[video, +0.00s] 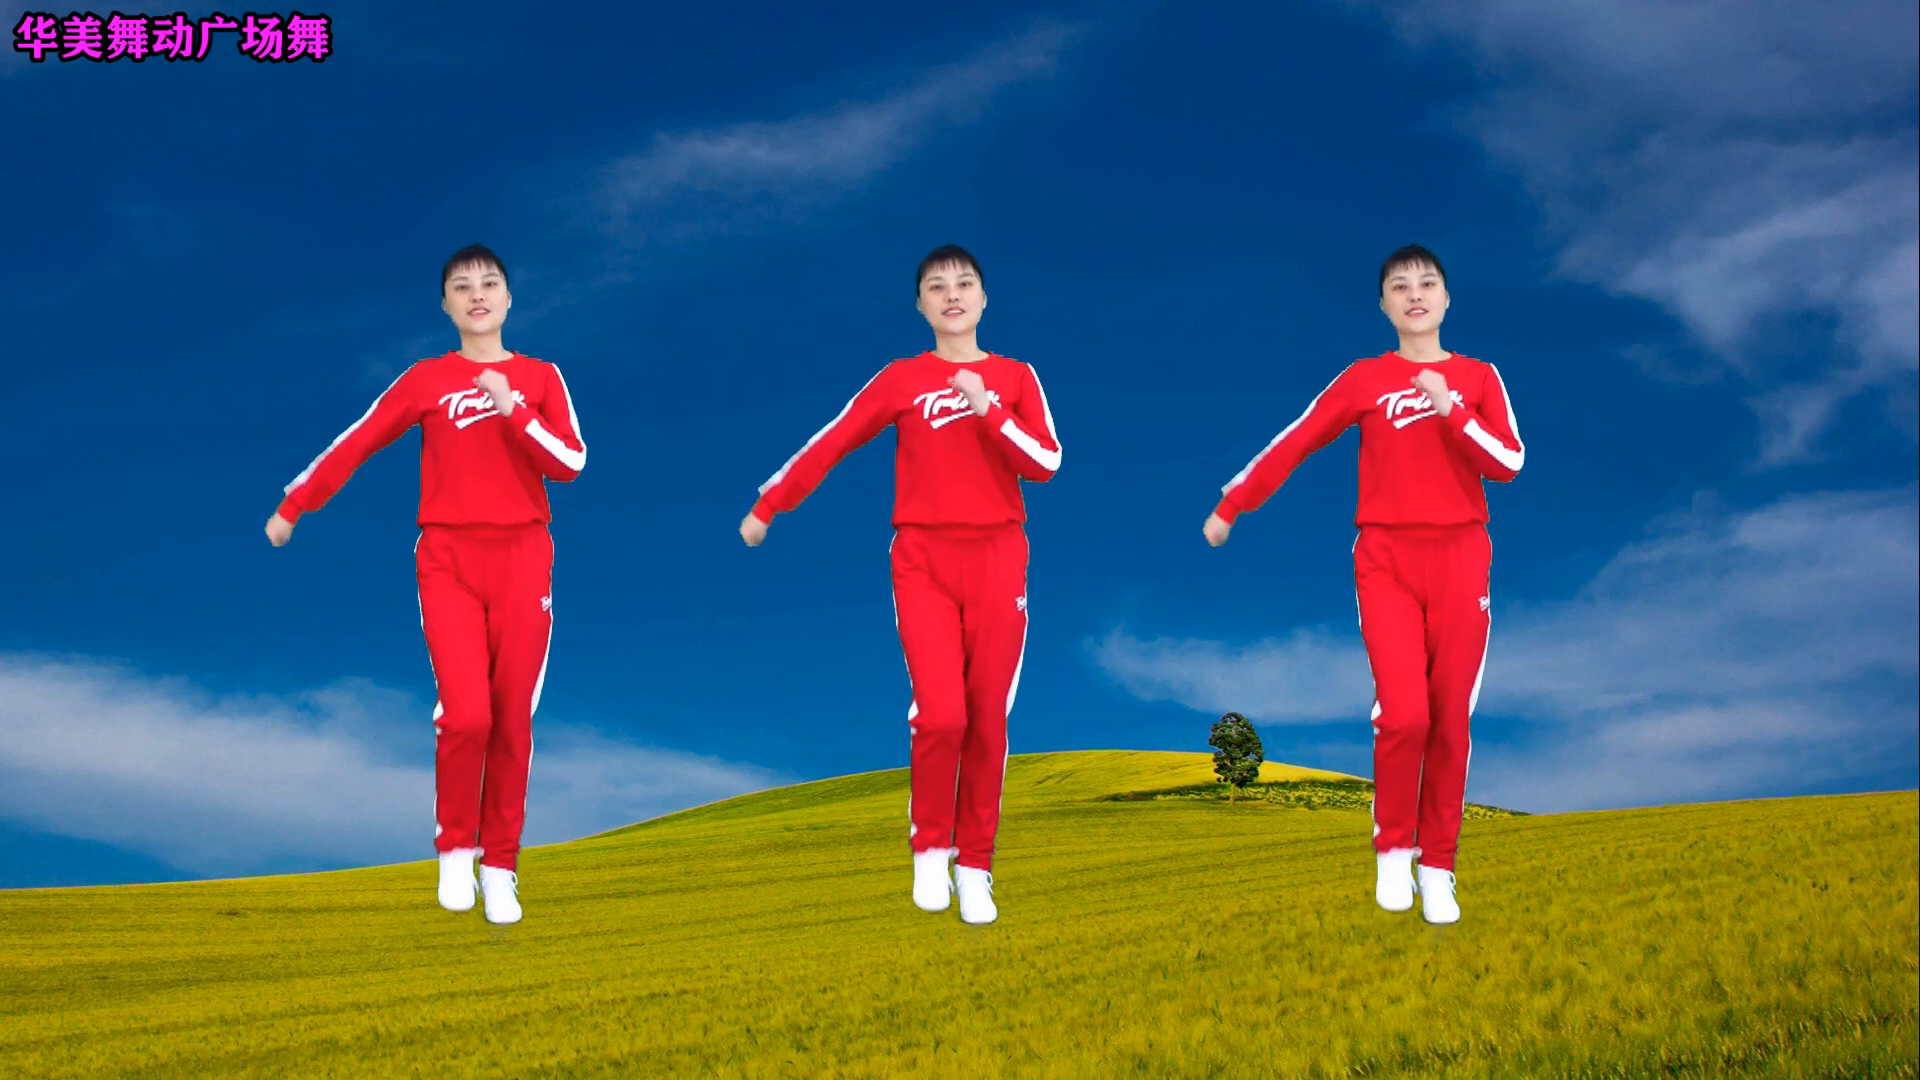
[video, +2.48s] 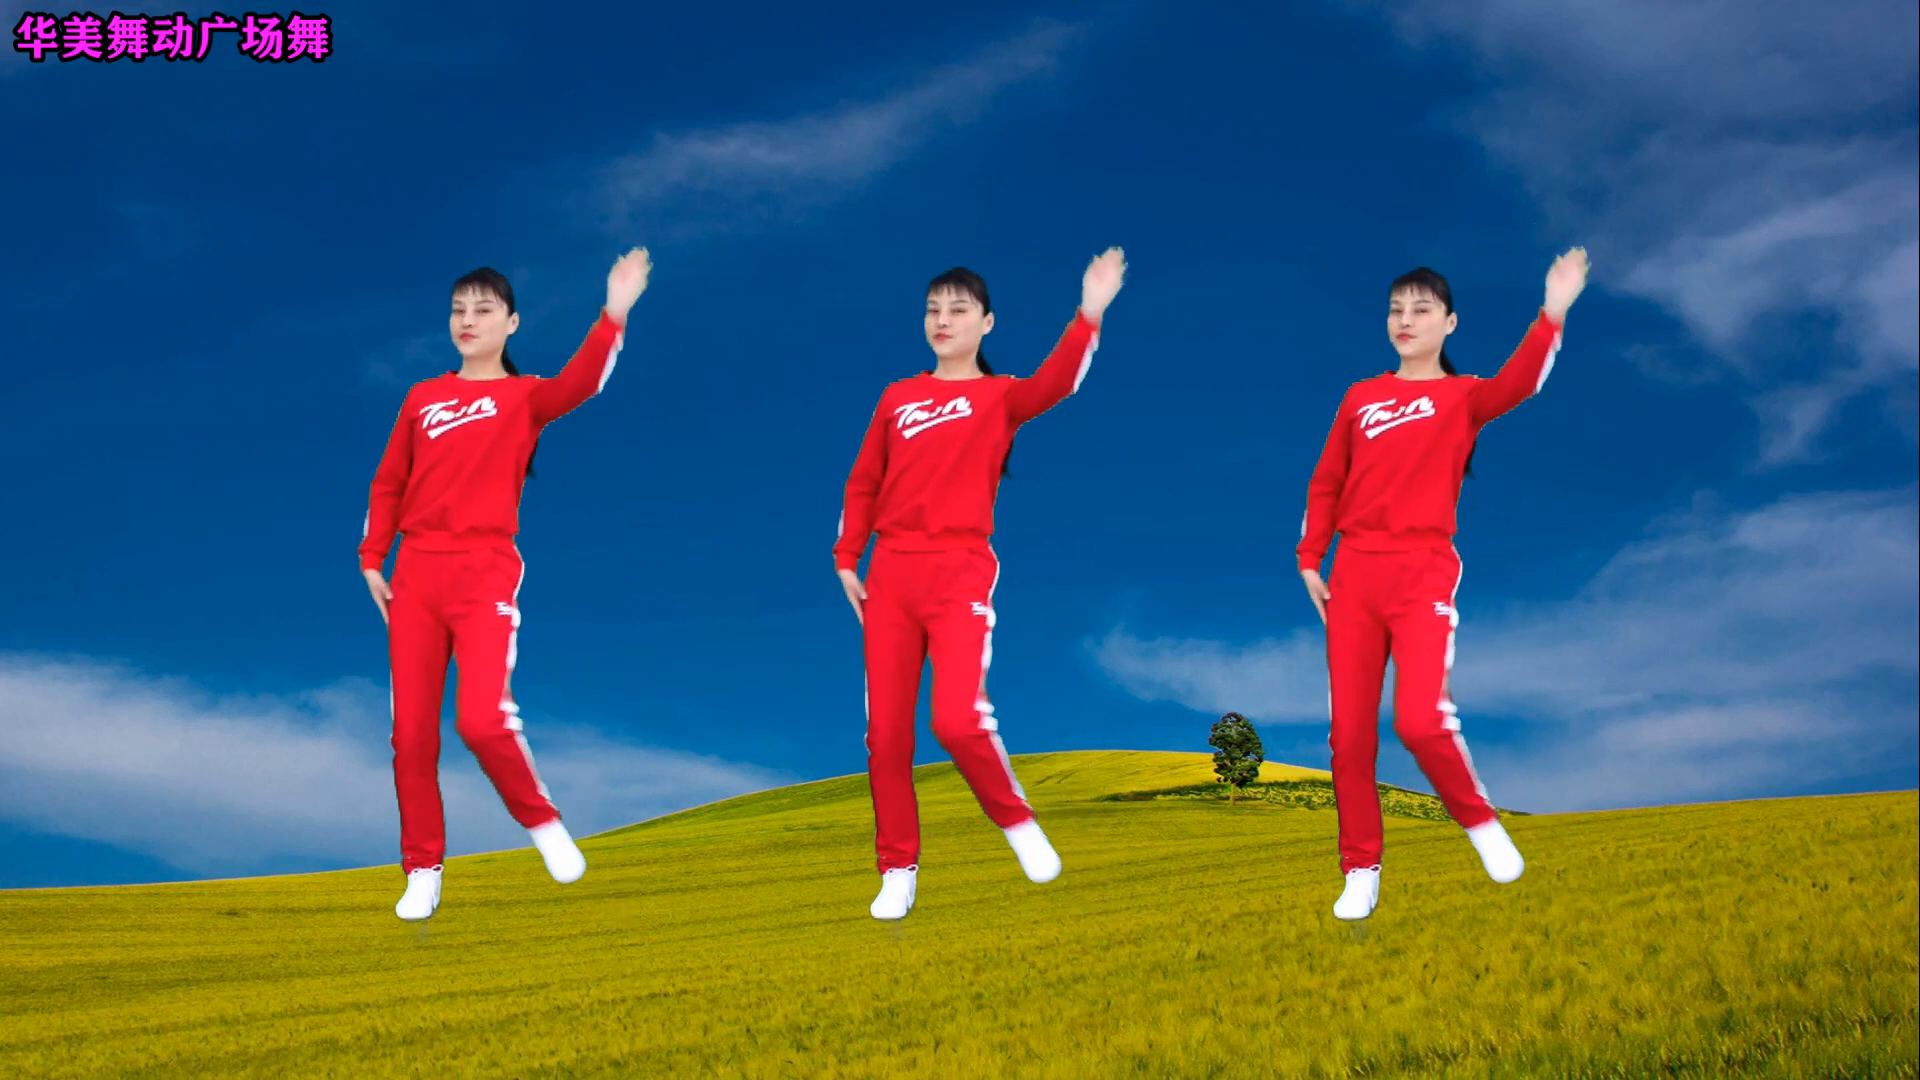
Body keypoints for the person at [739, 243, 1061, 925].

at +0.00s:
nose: (953, 295)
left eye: (964, 284)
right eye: (938, 287)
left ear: (983, 298)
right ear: (922, 305)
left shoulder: (1014, 376)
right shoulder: (899, 380)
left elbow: (1045, 462)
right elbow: (831, 442)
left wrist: (990, 412)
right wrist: (766, 504)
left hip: (999, 556)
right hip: (923, 557)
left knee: (989, 715)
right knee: (941, 713)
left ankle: (975, 862)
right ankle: (931, 848)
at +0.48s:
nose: (973, 319)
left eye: (975, 310)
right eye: (955, 311)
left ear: (980, 329)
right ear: (919, 331)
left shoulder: (1006, 411)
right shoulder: (904, 407)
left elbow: (1027, 507)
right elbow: (885, 497)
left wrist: (1041, 588)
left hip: (990, 587)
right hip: (918, 584)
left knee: (1011, 724)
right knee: (921, 742)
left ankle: (998, 829)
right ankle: (924, 871)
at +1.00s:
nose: (1021, 302)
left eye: (1027, 293)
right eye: (1004, 295)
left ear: (1039, 309)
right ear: (976, 316)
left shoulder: (1072, 378)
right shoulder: (967, 379)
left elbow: (1105, 473)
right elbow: (917, 315)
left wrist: (1115, 558)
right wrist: (920, 227)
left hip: (1084, 558)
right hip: (1011, 558)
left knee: (1088, 725)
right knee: (997, 723)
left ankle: (1086, 867)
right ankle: (947, 852)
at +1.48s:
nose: (1052, 303)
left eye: (1064, 292)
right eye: (1038, 295)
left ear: (1083, 304)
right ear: (1023, 310)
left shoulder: (1120, 371)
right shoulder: (1005, 390)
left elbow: (1185, 437)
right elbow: (982, 480)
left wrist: (1245, 502)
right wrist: (955, 561)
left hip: (1108, 560)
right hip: (1032, 563)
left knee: (1102, 723)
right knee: (1047, 722)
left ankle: (1094, 865)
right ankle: (1051, 852)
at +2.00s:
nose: (1011, 306)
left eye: (1026, 294)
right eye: (1008, 297)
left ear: (1066, 304)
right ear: (1009, 313)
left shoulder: (1095, 369)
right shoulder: (993, 393)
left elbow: (1031, 386)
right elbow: (979, 484)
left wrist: (943, 406)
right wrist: (967, 561)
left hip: (1080, 558)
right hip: (1006, 561)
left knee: (1085, 719)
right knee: (967, 699)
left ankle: (1089, 862)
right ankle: (959, 828)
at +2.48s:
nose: (944, 317)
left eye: (959, 308)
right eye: (936, 309)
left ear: (984, 323)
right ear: (925, 323)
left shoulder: (1002, 394)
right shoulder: (897, 398)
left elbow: (1057, 380)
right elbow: (864, 483)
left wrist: (1089, 312)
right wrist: (846, 559)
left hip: (962, 570)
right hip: (891, 569)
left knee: (955, 719)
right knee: (886, 730)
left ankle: (1016, 823)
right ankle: (898, 865)